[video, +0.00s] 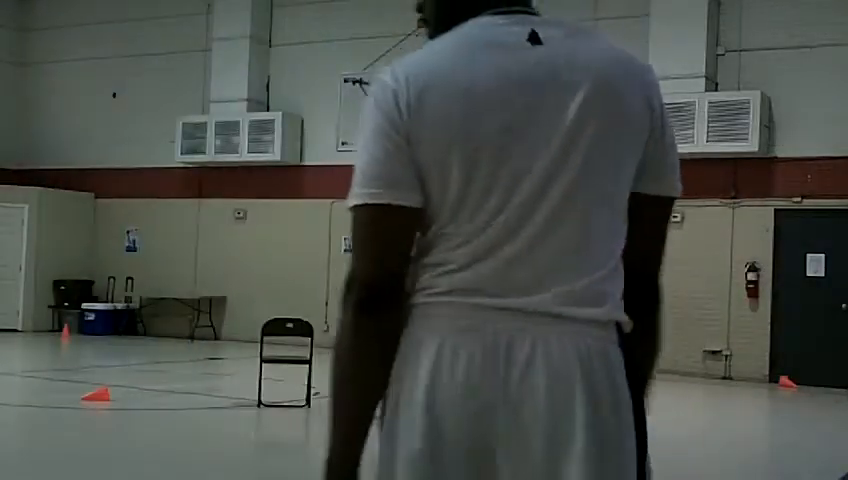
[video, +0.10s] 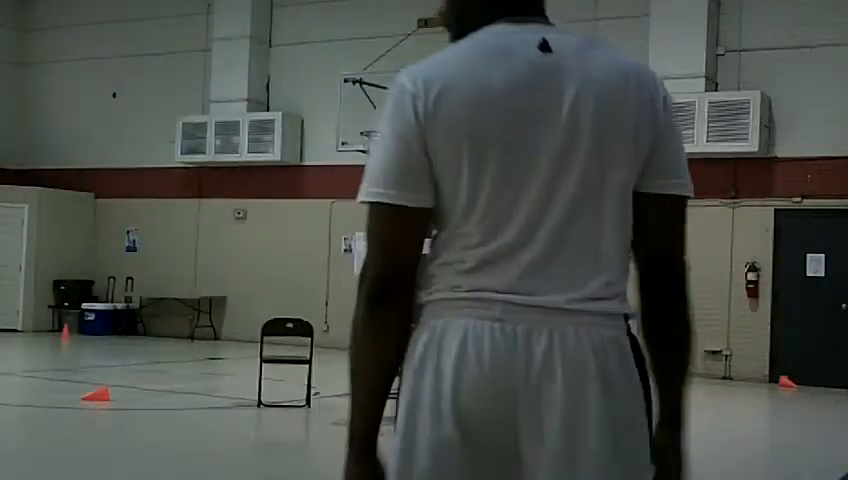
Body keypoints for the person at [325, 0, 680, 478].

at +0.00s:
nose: (420, 19)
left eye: (423, 9)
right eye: (421, 11)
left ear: (440, 6)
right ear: (526, 1)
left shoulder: (407, 82)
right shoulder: (630, 77)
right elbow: (642, 281)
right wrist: (627, 415)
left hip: (443, 347)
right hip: (582, 352)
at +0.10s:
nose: (438, 16)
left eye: (445, 2)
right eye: (442, 4)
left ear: (466, 3)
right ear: (539, 4)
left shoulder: (424, 85)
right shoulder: (636, 84)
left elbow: (385, 283)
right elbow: (664, 275)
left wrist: (361, 445)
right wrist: (670, 434)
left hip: (457, 348)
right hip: (594, 355)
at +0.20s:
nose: (469, 18)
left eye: (472, 6)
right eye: (469, 7)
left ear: (489, 8)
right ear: (554, 9)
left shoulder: (441, 98)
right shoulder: (644, 97)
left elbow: (396, 280)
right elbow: (683, 276)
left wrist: (377, 417)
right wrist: (708, 423)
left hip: (469, 350)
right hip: (601, 357)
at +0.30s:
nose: (498, 38)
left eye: (498, 27)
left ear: (503, 30)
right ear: (579, 29)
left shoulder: (459, 122)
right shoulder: (649, 119)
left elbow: (409, 288)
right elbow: (696, 288)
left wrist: (394, 402)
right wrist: (735, 431)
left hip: (484, 352)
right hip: (608, 359)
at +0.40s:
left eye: (529, 47)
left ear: (530, 54)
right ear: (602, 53)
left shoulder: (483, 140)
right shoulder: (661, 140)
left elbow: (431, 291)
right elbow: (706, 303)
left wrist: (410, 395)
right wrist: (748, 442)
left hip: (505, 355)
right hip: (621, 366)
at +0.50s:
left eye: (558, 62)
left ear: (556, 68)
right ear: (623, 67)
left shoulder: (508, 143)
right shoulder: (674, 151)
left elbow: (458, 287)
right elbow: (707, 304)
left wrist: (431, 393)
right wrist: (743, 443)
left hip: (525, 356)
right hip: (632, 361)